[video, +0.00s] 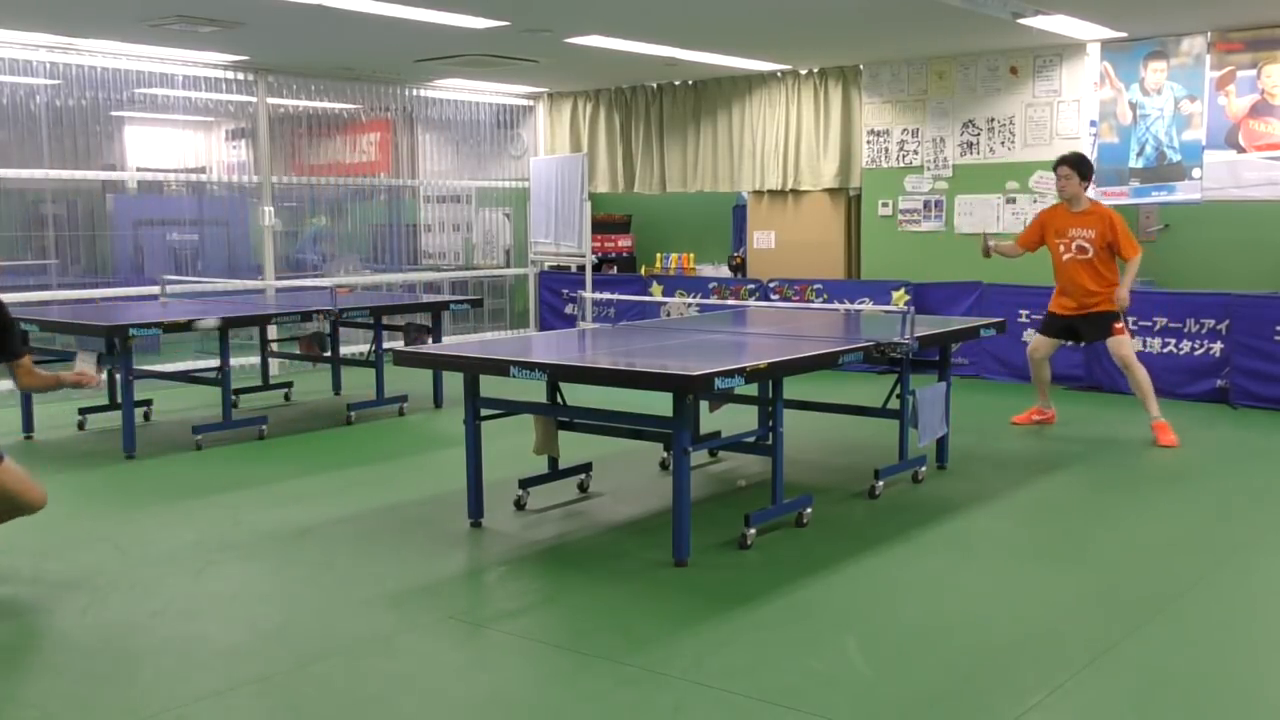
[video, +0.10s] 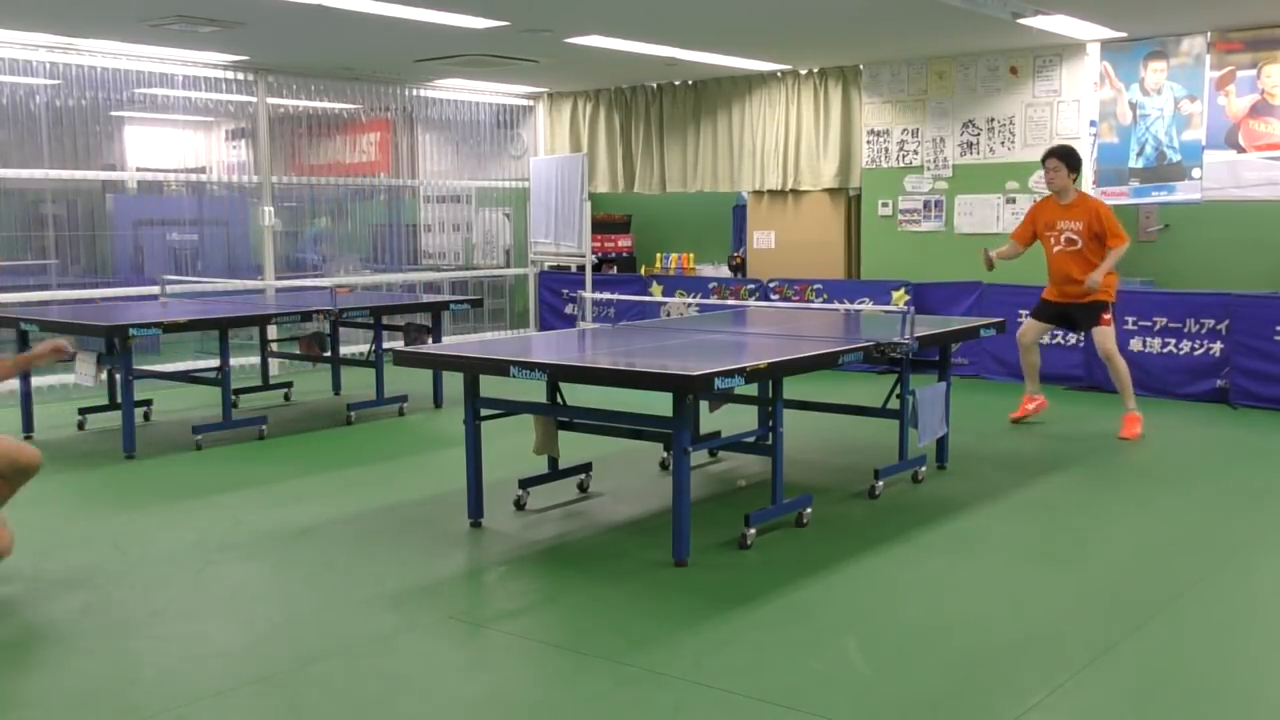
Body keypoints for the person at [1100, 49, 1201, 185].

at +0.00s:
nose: (1158, 76)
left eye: (1162, 71)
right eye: (1154, 71)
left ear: (1167, 72)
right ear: (1143, 71)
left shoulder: (1173, 89)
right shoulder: (1135, 90)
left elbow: (1198, 105)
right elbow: (1125, 120)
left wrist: (1191, 106)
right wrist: (1120, 94)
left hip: (1171, 161)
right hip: (1141, 163)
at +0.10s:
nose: (1158, 76)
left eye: (1162, 71)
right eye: (1154, 71)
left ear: (1167, 72)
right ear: (1143, 72)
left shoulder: (1173, 89)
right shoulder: (1135, 90)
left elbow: (1198, 105)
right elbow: (1125, 120)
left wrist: (1191, 106)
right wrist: (1120, 94)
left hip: (1171, 161)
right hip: (1141, 163)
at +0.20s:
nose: (1158, 76)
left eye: (1162, 71)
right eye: (1154, 71)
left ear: (1167, 72)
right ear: (1143, 71)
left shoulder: (1172, 89)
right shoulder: (1134, 91)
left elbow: (1198, 105)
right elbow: (1125, 120)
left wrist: (1191, 106)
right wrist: (1120, 94)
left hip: (1171, 160)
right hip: (1141, 163)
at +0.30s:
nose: (1158, 77)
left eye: (1162, 71)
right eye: (1154, 71)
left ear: (1167, 72)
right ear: (1143, 71)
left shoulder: (1172, 89)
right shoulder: (1134, 91)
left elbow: (1198, 105)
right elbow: (1125, 120)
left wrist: (1191, 106)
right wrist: (1120, 94)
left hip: (1171, 160)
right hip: (1141, 163)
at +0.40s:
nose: (1158, 77)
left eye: (1162, 71)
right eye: (1154, 71)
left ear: (1167, 72)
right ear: (1143, 71)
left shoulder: (1172, 89)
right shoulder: (1134, 91)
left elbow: (1198, 105)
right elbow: (1125, 120)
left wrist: (1191, 106)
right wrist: (1120, 94)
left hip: (1171, 160)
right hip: (1141, 163)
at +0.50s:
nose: (1158, 76)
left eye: (1162, 71)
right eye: (1153, 71)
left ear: (1167, 72)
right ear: (1143, 71)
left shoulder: (1172, 89)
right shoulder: (1134, 90)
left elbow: (1198, 105)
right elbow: (1124, 120)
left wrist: (1190, 106)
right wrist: (1120, 94)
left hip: (1171, 160)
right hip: (1141, 163)